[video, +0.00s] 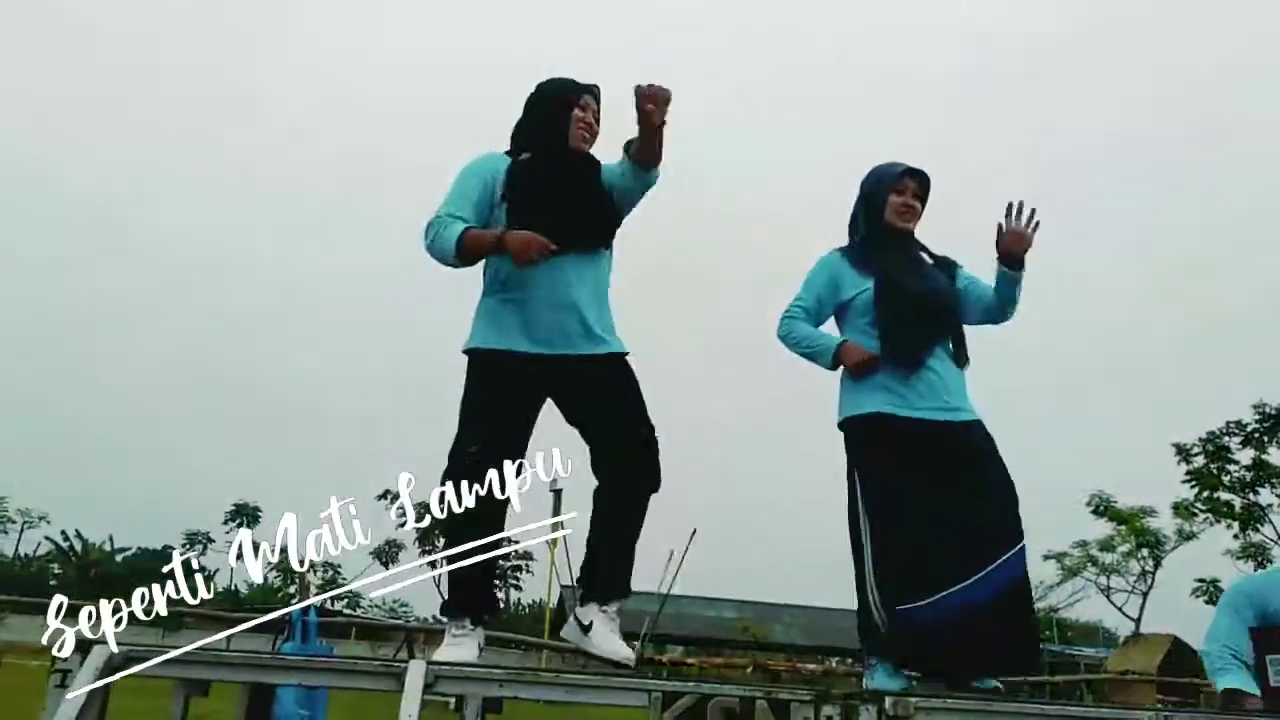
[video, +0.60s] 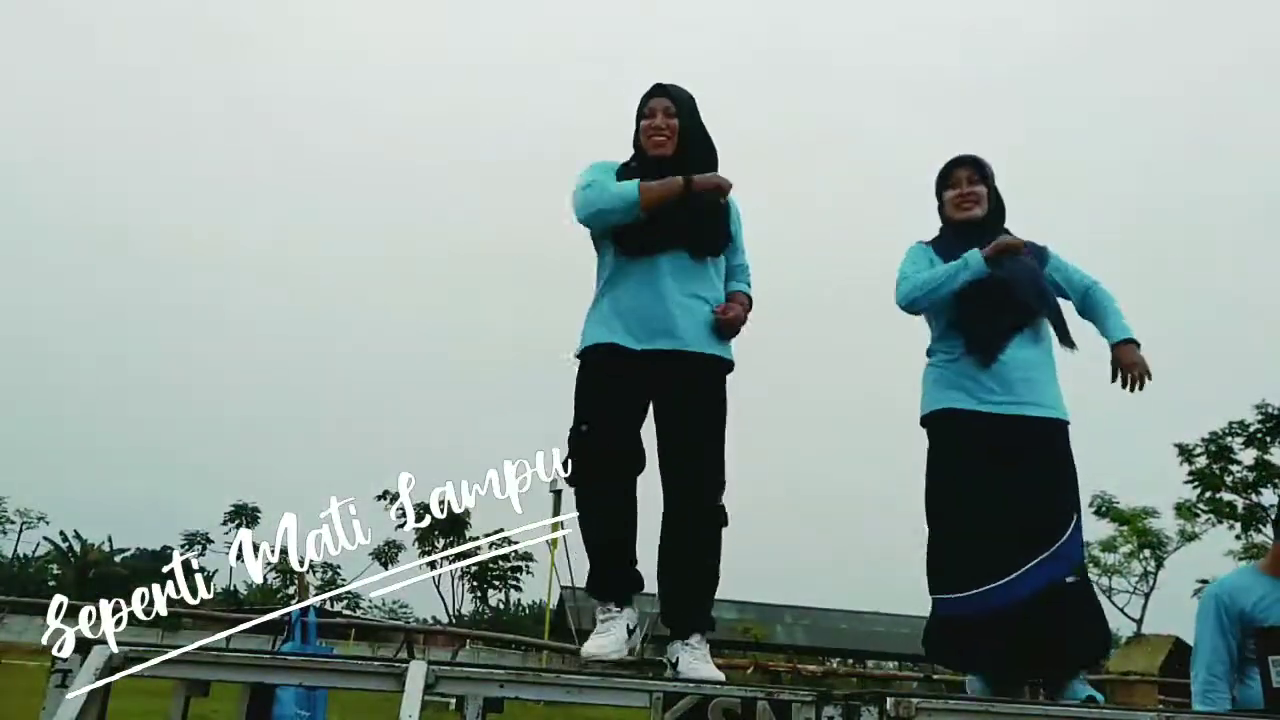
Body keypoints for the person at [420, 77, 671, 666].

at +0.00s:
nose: (589, 119)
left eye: (594, 116)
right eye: (578, 108)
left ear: (596, 132)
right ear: (545, 113)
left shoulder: (601, 181)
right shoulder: (494, 170)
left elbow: (639, 168)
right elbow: (441, 236)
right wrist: (502, 239)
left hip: (591, 351)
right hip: (507, 347)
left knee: (633, 469)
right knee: (476, 479)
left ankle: (594, 608)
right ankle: (463, 619)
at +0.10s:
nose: (602, 106)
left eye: (607, 102)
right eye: (591, 96)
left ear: (608, 120)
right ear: (557, 103)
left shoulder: (619, 173)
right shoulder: (506, 164)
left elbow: (695, 170)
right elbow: (452, 233)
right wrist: (493, 237)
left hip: (608, 340)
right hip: (522, 339)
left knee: (647, 471)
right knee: (488, 475)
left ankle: (653, 618)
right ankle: (465, 620)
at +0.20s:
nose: (620, 109)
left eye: (625, 105)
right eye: (609, 99)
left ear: (627, 121)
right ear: (575, 105)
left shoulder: (641, 174)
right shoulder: (526, 170)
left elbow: (726, 209)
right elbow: (467, 245)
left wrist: (820, 229)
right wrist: (479, 245)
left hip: (628, 340)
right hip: (542, 340)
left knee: (660, 485)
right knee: (502, 480)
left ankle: (688, 631)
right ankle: (465, 621)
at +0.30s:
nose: (639, 118)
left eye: (646, 113)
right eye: (627, 108)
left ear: (651, 132)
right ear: (597, 119)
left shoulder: (674, 191)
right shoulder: (555, 188)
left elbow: (740, 251)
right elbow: (502, 263)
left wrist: (813, 299)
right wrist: (472, 255)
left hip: (657, 355)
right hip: (568, 354)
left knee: (678, 498)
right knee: (518, 486)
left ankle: (687, 640)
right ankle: (469, 621)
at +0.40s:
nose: (648, 119)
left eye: (657, 113)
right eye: (638, 111)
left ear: (670, 129)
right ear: (617, 125)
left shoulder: (701, 196)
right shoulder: (585, 193)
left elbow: (741, 266)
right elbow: (523, 259)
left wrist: (778, 325)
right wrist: (495, 226)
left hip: (683, 363)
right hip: (595, 358)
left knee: (697, 502)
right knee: (535, 480)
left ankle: (689, 641)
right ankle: (490, 615)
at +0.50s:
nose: (654, 116)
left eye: (664, 108)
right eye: (644, 108)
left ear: (682, 120)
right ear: (629, 120)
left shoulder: (714, 190)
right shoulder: (603, 184)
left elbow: (738, 263)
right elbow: (539, 231)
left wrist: (748, 308)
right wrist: (570, 175)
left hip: (690, 345)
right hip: (609, 339)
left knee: (694, 488)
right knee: (569, 459)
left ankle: (689, 638)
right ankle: (556, 601)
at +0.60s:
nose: (657, 124)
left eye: (670, 115)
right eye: (648, 116)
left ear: (691, 127)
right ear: (635, 127)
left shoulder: (716, 196)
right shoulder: (606, 176)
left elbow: (738, 267)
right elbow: (587, 207)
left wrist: (739, 299)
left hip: (697, 348)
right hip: (615, 343)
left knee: (696, 489)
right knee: (601, 472)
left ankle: (689, 636)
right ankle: (615, 607)